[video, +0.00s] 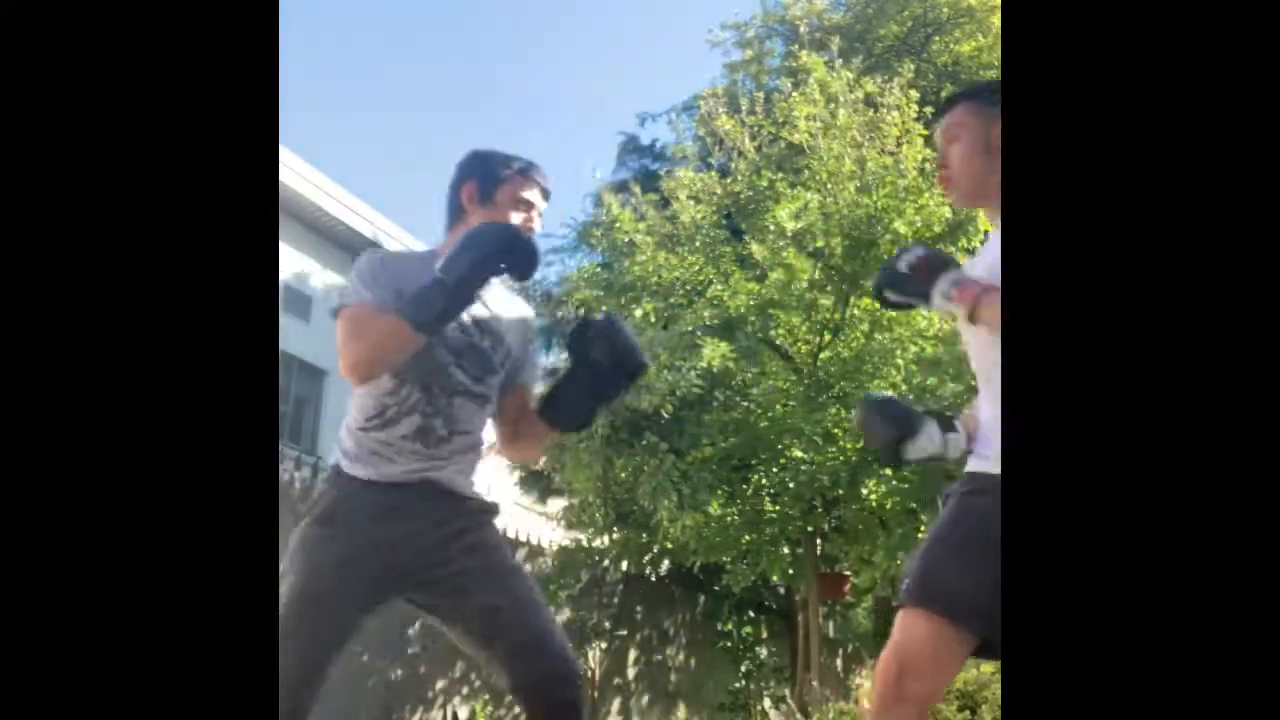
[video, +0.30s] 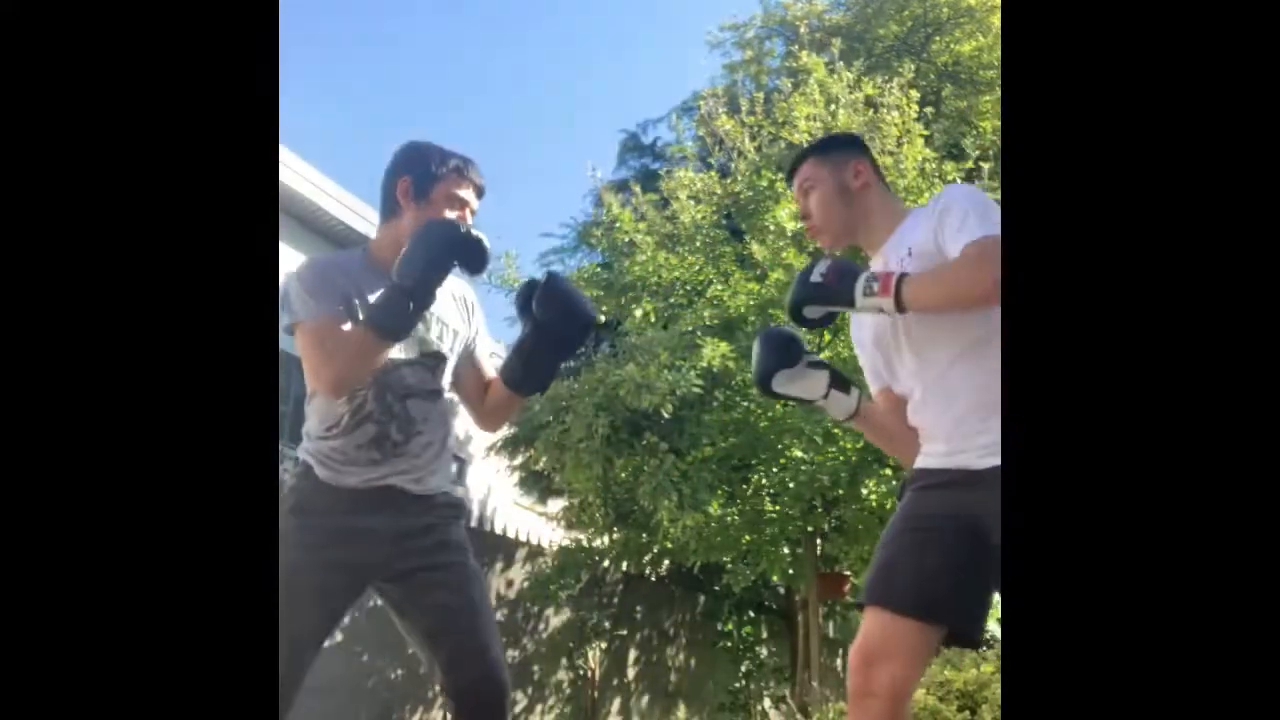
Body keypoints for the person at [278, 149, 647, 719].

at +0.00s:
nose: (534, 223)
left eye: (539, 214)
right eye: (522, 205)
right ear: (470, 198)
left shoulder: (515, 316)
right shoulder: (385, 269)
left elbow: (519, 442)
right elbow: (358, 361)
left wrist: (581, 390)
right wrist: (454, 283)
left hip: (455, 522)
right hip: (357, 510)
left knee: (555, 680)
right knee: (286, 686)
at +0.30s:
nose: (468, 223)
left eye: (473, 212)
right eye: (457, 204)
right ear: (406, 194)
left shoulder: (458, 297)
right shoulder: (322, 276)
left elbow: (492, 413)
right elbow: (330, 374)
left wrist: (543, 346)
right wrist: (410, 287)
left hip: (430, 519)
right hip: (326, 511)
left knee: (485, 691)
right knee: (278, 679)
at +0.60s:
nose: (447, 232)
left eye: (455, 222)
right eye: (440, 214)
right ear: (389, 203)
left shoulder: (425, 293)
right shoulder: (299, 278)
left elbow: (507, 379)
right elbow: (314, 381)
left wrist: (505, 272)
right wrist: (380, 285)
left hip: (386, 520)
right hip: (293, 512)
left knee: (439, 698)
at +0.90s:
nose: (358, 216)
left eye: (365, 205)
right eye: (346, 196)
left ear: (365, 214)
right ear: (294, 185)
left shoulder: (355, 281)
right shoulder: (281, 269)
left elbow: (413, 389)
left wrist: (456, 323)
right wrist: (292, 282)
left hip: (326, 494)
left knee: (389, 683)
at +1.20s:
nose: (405, 204)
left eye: (411, 192)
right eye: (394, 183)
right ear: (340, 165)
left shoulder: (384, 268)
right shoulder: (287, 249)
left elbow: (499, 288)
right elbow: (285, 362)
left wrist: (615, 264)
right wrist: (335, 282)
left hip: (322, 497)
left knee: (361, 681)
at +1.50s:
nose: (385, 147)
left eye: (391, 135)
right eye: (374, 125)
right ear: (313, 103)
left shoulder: (374, 227)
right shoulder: (284, 206)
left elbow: (431, 340)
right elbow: (284, 294)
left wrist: (511, 285)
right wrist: (310, 217)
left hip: (324, 474)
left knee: (356, 683)